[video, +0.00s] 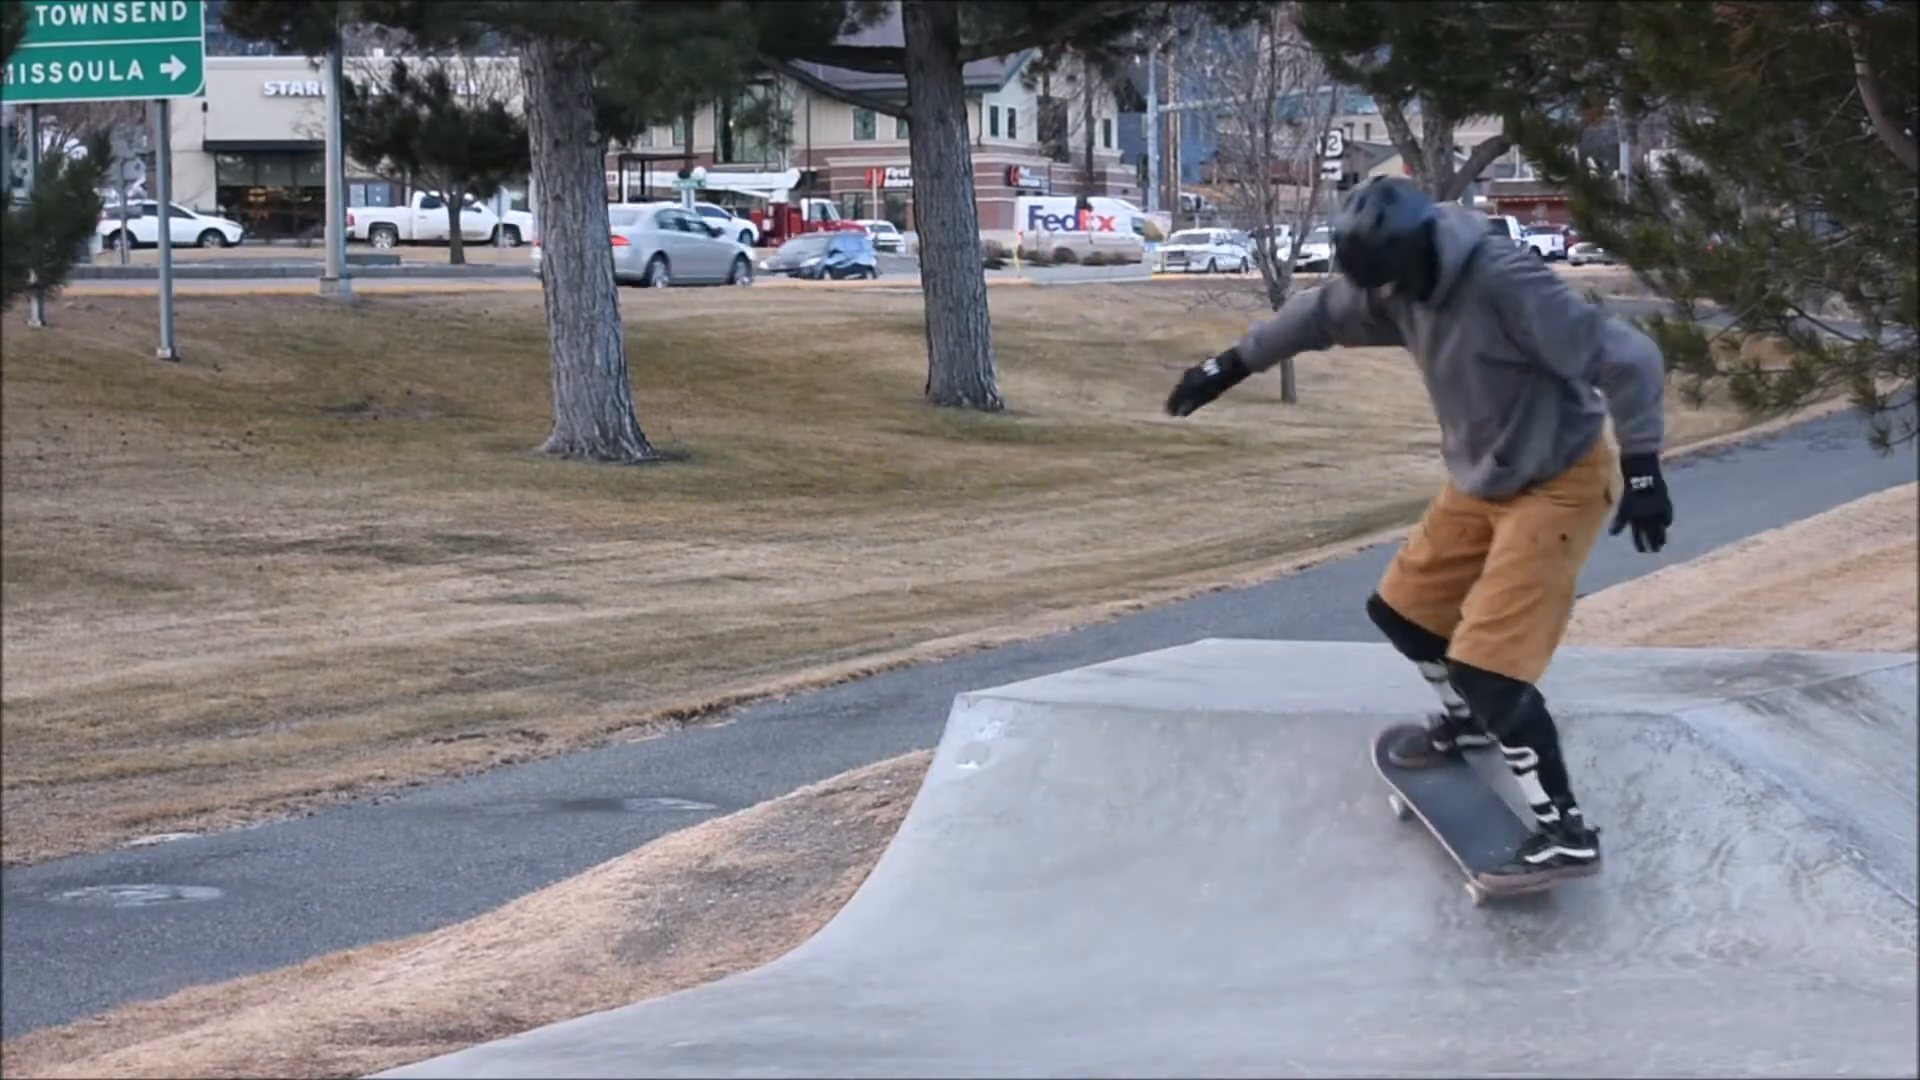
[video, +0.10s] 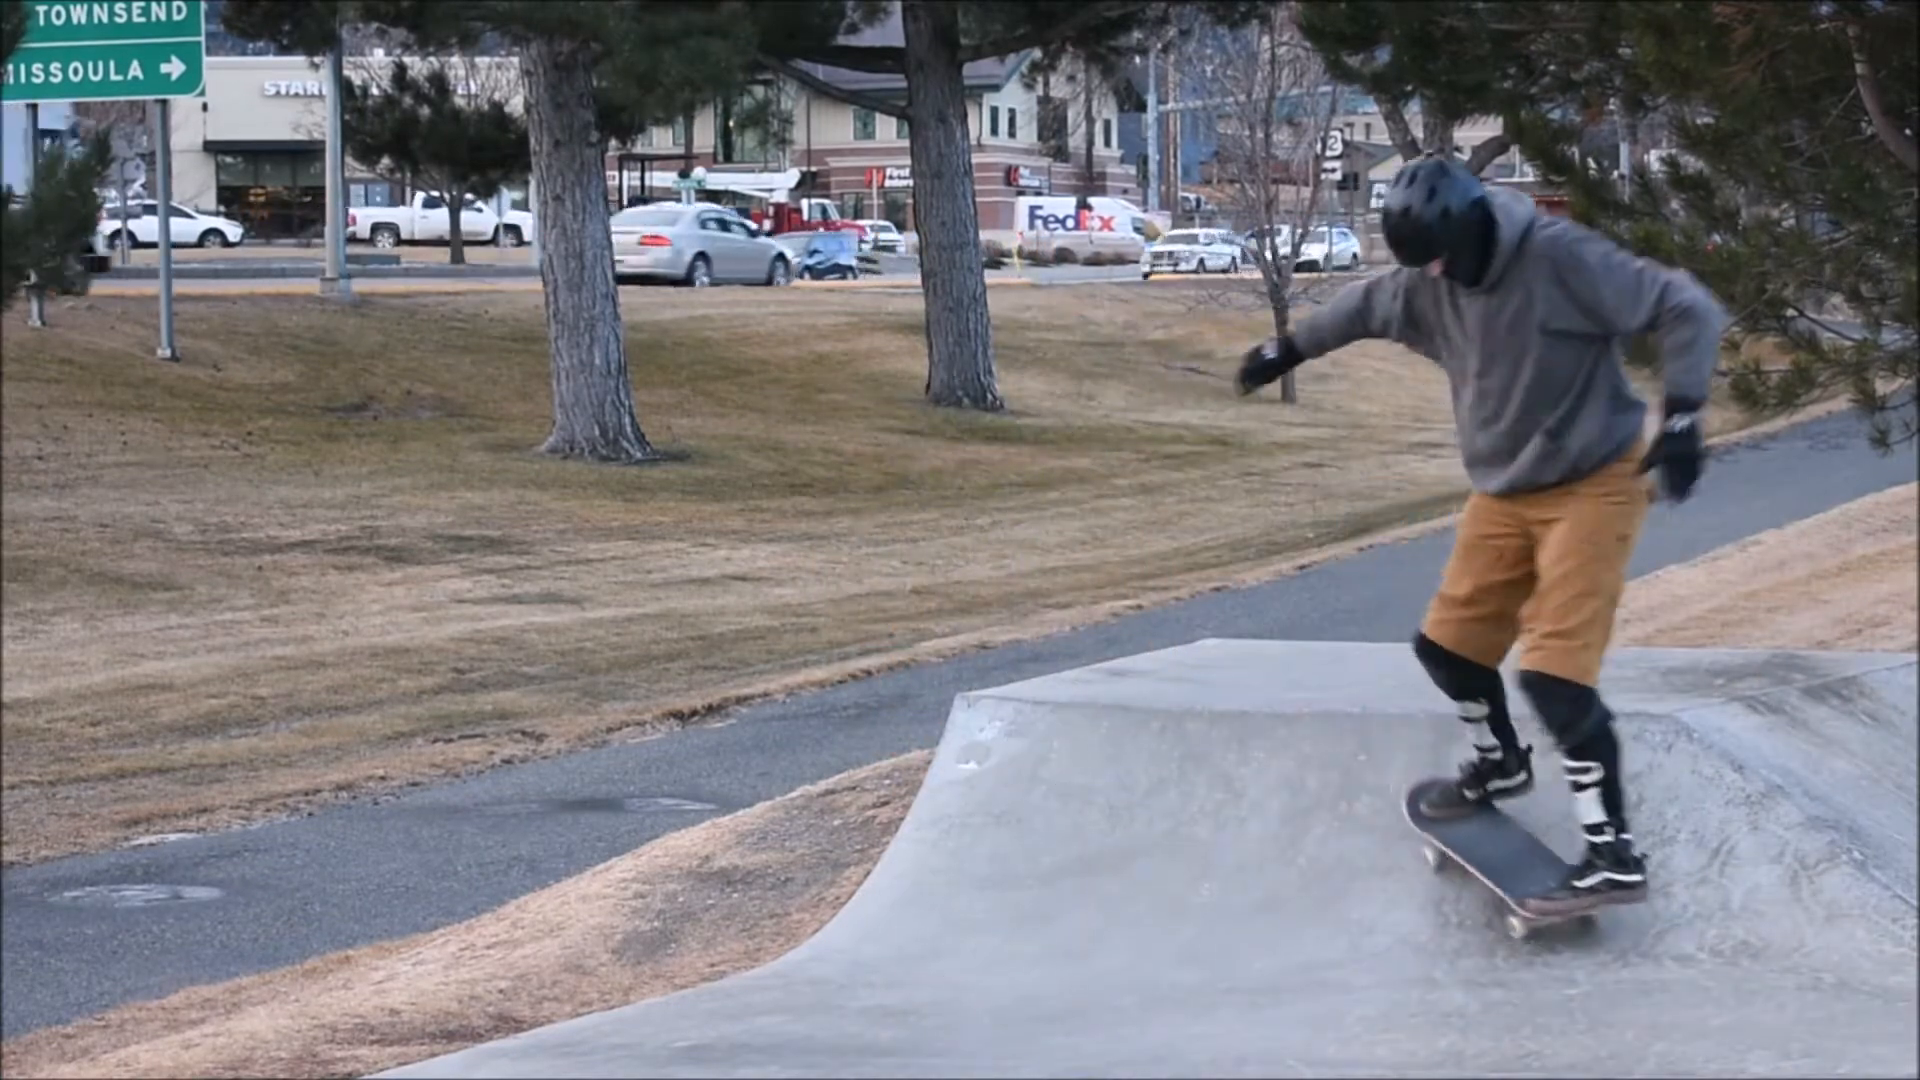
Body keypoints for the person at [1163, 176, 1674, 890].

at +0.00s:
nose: (1386, 297)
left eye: (1390, 281)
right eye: (1375, 285)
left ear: (1420, 248)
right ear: (1371, 260)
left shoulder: (1502, 275)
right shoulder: (1391, 282)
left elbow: (1629, 357)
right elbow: (1315, 316)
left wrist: (1643, 471)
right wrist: (1227, 366)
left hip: (1562, 477)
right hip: (1479, 476)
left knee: (1488, 668)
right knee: (1406, 610)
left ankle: (1565, 826)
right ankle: (1475, 718)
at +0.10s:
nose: (1438, 272)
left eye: (1443, 256)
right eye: (1425, 263)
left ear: (1473, 223)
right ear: (1412, 248)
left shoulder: (1559, 257)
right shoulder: (1426, 285)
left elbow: (1687, 307)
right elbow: (1358, 308)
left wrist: (1682, 418)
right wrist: (1286, 348)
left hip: (1596, 483)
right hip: (1503, 492)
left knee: (1555, 675)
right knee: (1450, 651)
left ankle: (1611, 845)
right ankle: (1502, 761)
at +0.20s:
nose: (1462, 284)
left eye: (1469, 269)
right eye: (1450, 274)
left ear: (1498, 238)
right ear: (1437, 257)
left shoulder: (1591, 249)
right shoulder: (1446, 297)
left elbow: (1722, 247)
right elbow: (1405, 332)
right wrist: (1356, 366)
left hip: (1652, 481)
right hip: (1552, 493)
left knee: (1633, 675)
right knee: (1504, 669)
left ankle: (1688, 858)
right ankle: (1504, 831)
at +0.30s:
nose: (1503, 308)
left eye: (1508, 291)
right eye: (1488, 299)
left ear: (1535, 255)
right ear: (1475, 289)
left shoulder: (1629, 261)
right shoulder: (1505, 350)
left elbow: (1722, 224)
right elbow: (1461, 413)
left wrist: (1800, 213)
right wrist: (1411, 472)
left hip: (1706, 499)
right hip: (1608, 522)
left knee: (1721, 690)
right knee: (1564, 699)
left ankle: (1794, 865)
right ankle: (1570, 875)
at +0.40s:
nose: (1550, 312)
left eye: (1554, 293)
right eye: (1534, 305)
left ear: (1578, 259)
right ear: (1524, 302)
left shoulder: (1657, 266)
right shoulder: (1556, 368)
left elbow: (1738, 236)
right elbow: (1520, 481)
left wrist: (1790, 198)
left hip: (1770, 490)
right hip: (1669, 529)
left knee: (1797, 688)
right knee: (1635, 705)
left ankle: (1868, 862)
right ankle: (1644, 878)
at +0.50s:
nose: (1615, 294)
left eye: (1620, 274)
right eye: (1597, 288)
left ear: (1646, 241)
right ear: (1583, 283)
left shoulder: (1727, 242)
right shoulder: (1610, 361)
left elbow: (1806, 204)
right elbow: (1580, 463)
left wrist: (1810, 154)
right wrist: (1545, 553)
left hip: (1831, 485)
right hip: (1725, 524)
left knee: (1881, 692)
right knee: (1693, 710)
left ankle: (1919, 858)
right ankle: (1699, 876)